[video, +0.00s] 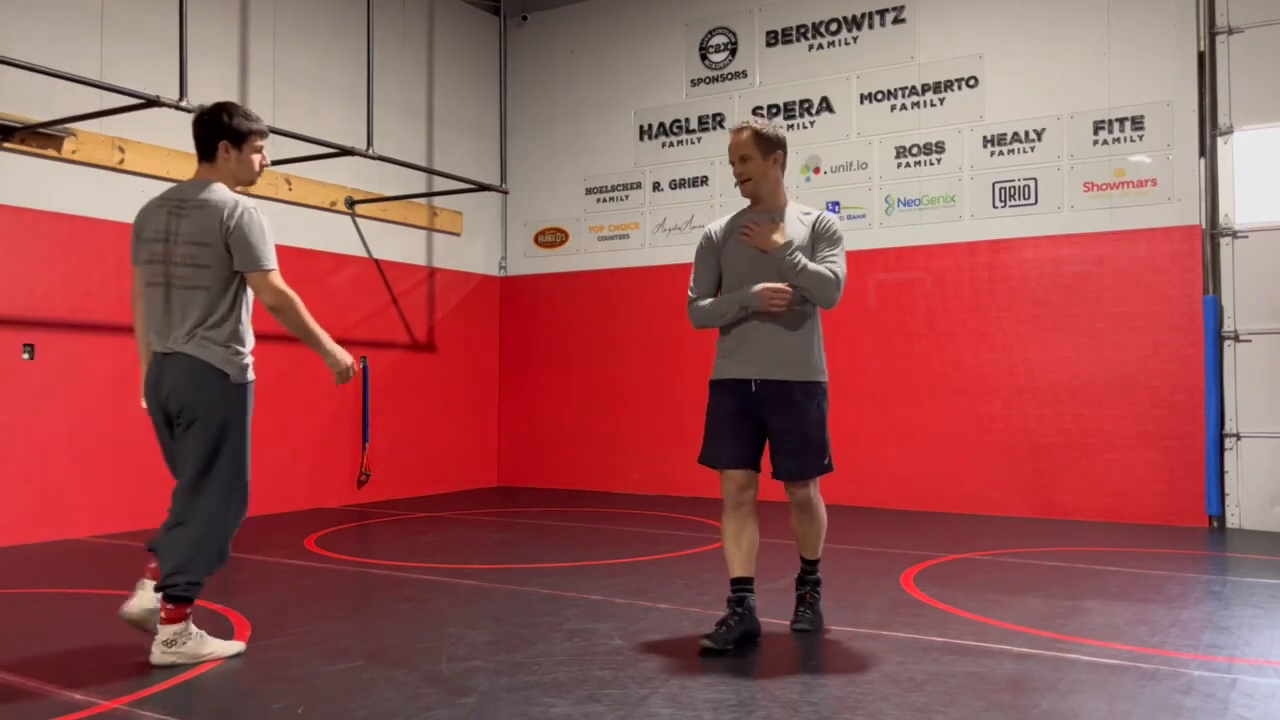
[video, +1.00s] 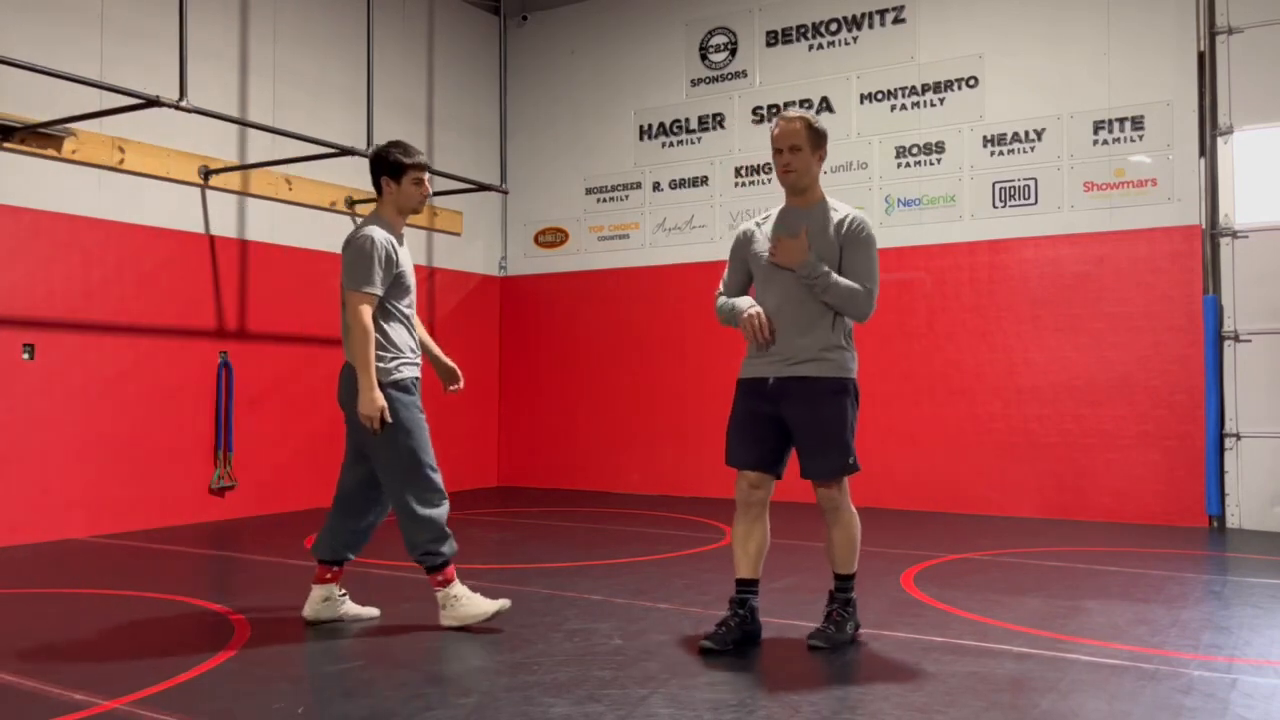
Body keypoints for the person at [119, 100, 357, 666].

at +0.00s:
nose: (264, 162)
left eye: (264, 152)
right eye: (257, 151)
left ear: (213, 151)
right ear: (225, 149)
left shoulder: (152, 211)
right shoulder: (236, 212)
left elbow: (142, 302)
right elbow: (274, 293)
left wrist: (151, 369)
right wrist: (330, 350)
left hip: (163, 373)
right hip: (214, 376)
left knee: (196, 485)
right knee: (219, 493)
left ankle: (154, 585)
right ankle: (174, 627)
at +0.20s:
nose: (307, 173)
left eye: (307, 163)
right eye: (300, 163)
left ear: (254, 167)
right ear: (266, 164)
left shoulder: (204, 225)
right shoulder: (268, 219)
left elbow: (203, 304)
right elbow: (293, 297)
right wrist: (347, 354)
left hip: (214, 376)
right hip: (252, 378)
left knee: (269, 486)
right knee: (234, 492)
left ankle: (292, 590)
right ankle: (178, 622)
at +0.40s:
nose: (342, 184)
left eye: (343, 175)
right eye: (335, 175)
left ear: (300, 178)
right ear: (304, 175)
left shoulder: (270, 228)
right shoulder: (298, 230)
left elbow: (284, 309)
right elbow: (309, 311)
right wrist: (319, 387)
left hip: (279, 378)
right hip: (292, 382)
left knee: (314, 494)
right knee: (290, 499)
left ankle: (318, 595)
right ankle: (200, 601)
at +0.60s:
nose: (376, 182)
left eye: (376, 174)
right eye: (367, 174)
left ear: (344, 179)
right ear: (337, 176)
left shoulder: (337, 230)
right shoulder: (319, 227)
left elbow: (323, 304)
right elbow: (302, 297)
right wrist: (300, 374)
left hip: (330, 376)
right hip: (330, 378)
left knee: (323, 483)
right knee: (365, 487)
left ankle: (318, 592)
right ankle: (282, 573)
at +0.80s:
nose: (400, 186)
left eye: (400, 178)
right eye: (391, 177)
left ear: (376, 183)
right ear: (362, 179)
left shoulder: (367, 238)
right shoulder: (339, 232)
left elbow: (381, 305)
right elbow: (323, 302)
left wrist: (408, 356)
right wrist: (326, 378)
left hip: (354, 379)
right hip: (354, 380)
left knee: (339, 486)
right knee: (401, 483)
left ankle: (321, 594)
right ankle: (391, 590)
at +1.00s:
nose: (427, 190)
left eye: (427, 182)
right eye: (418, 182)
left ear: (404, 188)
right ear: (388, 184)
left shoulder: (393, 241)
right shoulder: (369, 241)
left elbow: (405, 315)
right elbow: (357, 315)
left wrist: (439, 358)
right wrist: (367, 385)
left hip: (385, 381)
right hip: (385, 383)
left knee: (363, 486)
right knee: (420, 484)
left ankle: (324, 591)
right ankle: (450, 594)